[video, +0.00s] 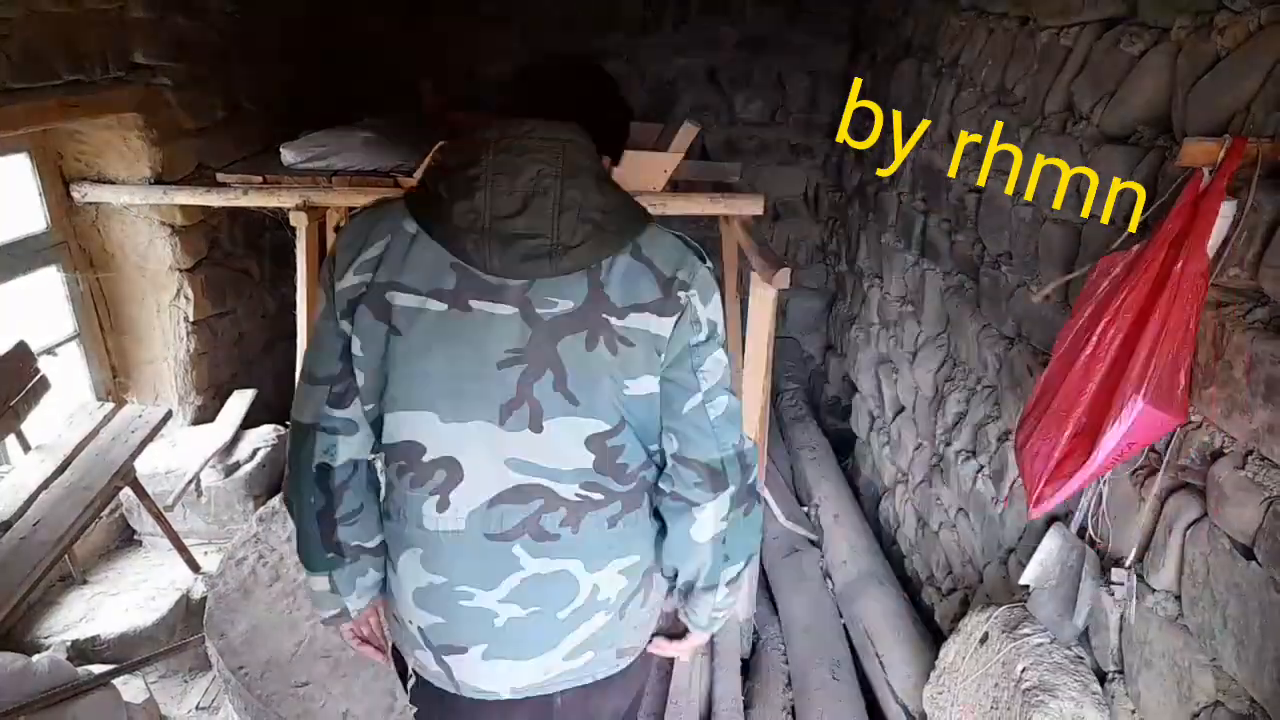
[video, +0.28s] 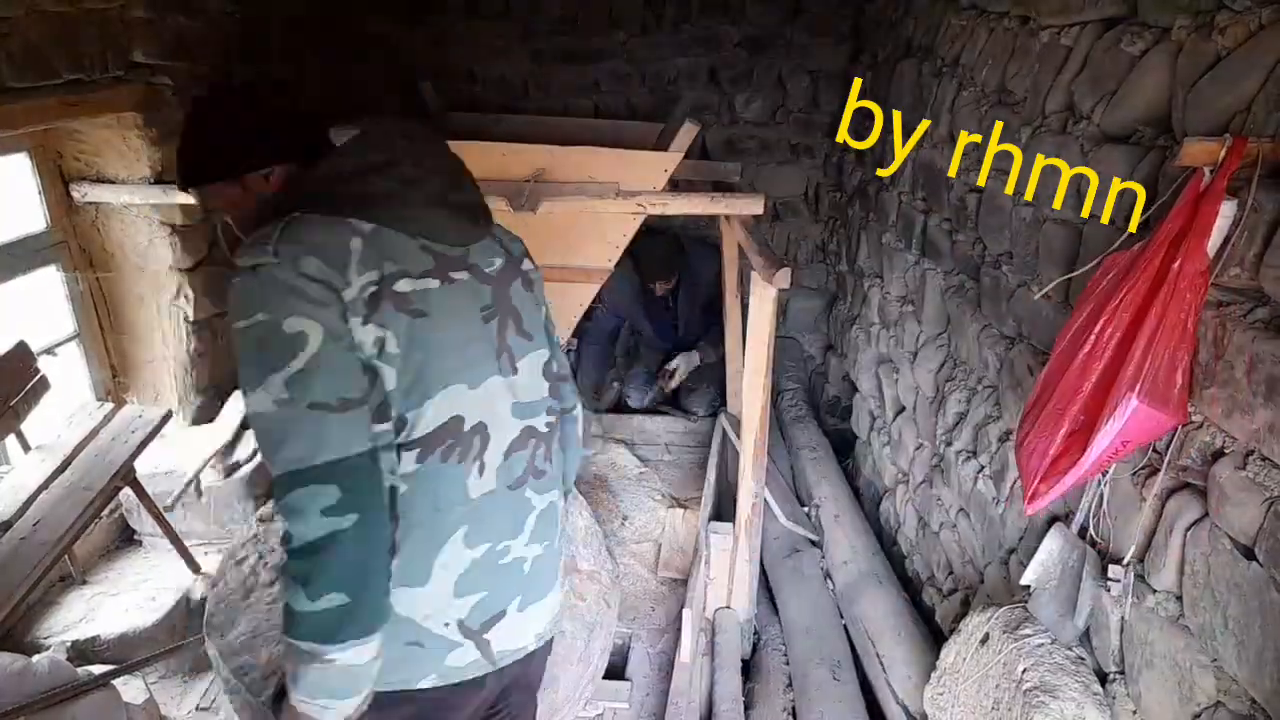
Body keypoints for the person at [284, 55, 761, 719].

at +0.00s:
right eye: (618, 145)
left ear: (483, 125)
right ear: (610, 152)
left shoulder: (378, 246)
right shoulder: (669, 270)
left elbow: (329, 437)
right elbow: (709, 468)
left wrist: (355, 584)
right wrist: (702, 606)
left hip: (441, 633)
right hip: (606, 634)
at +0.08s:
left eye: (435, 124)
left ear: (449, 120)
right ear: (562, 108)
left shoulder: (417, 236)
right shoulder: (666, 244)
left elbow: (391, 442)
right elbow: (721, 410)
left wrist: (386, 613)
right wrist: (688, 532)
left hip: (492, 631)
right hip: (630, 618)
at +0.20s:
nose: (181, 226)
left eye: (180, 206)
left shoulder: (200, 293)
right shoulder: (486, 245)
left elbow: (225, 527)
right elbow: (577, 398)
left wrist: (240, 701)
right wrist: (565, 523)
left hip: (349, 693)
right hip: (514, 665)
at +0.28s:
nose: (230, 232)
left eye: (225, 209)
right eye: (217, 214)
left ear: (266, 178)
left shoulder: (290, 264)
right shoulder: (490, 238)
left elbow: (333, 510)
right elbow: (563, 423)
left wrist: (322, 696)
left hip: (410, 677)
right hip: (525, 637)